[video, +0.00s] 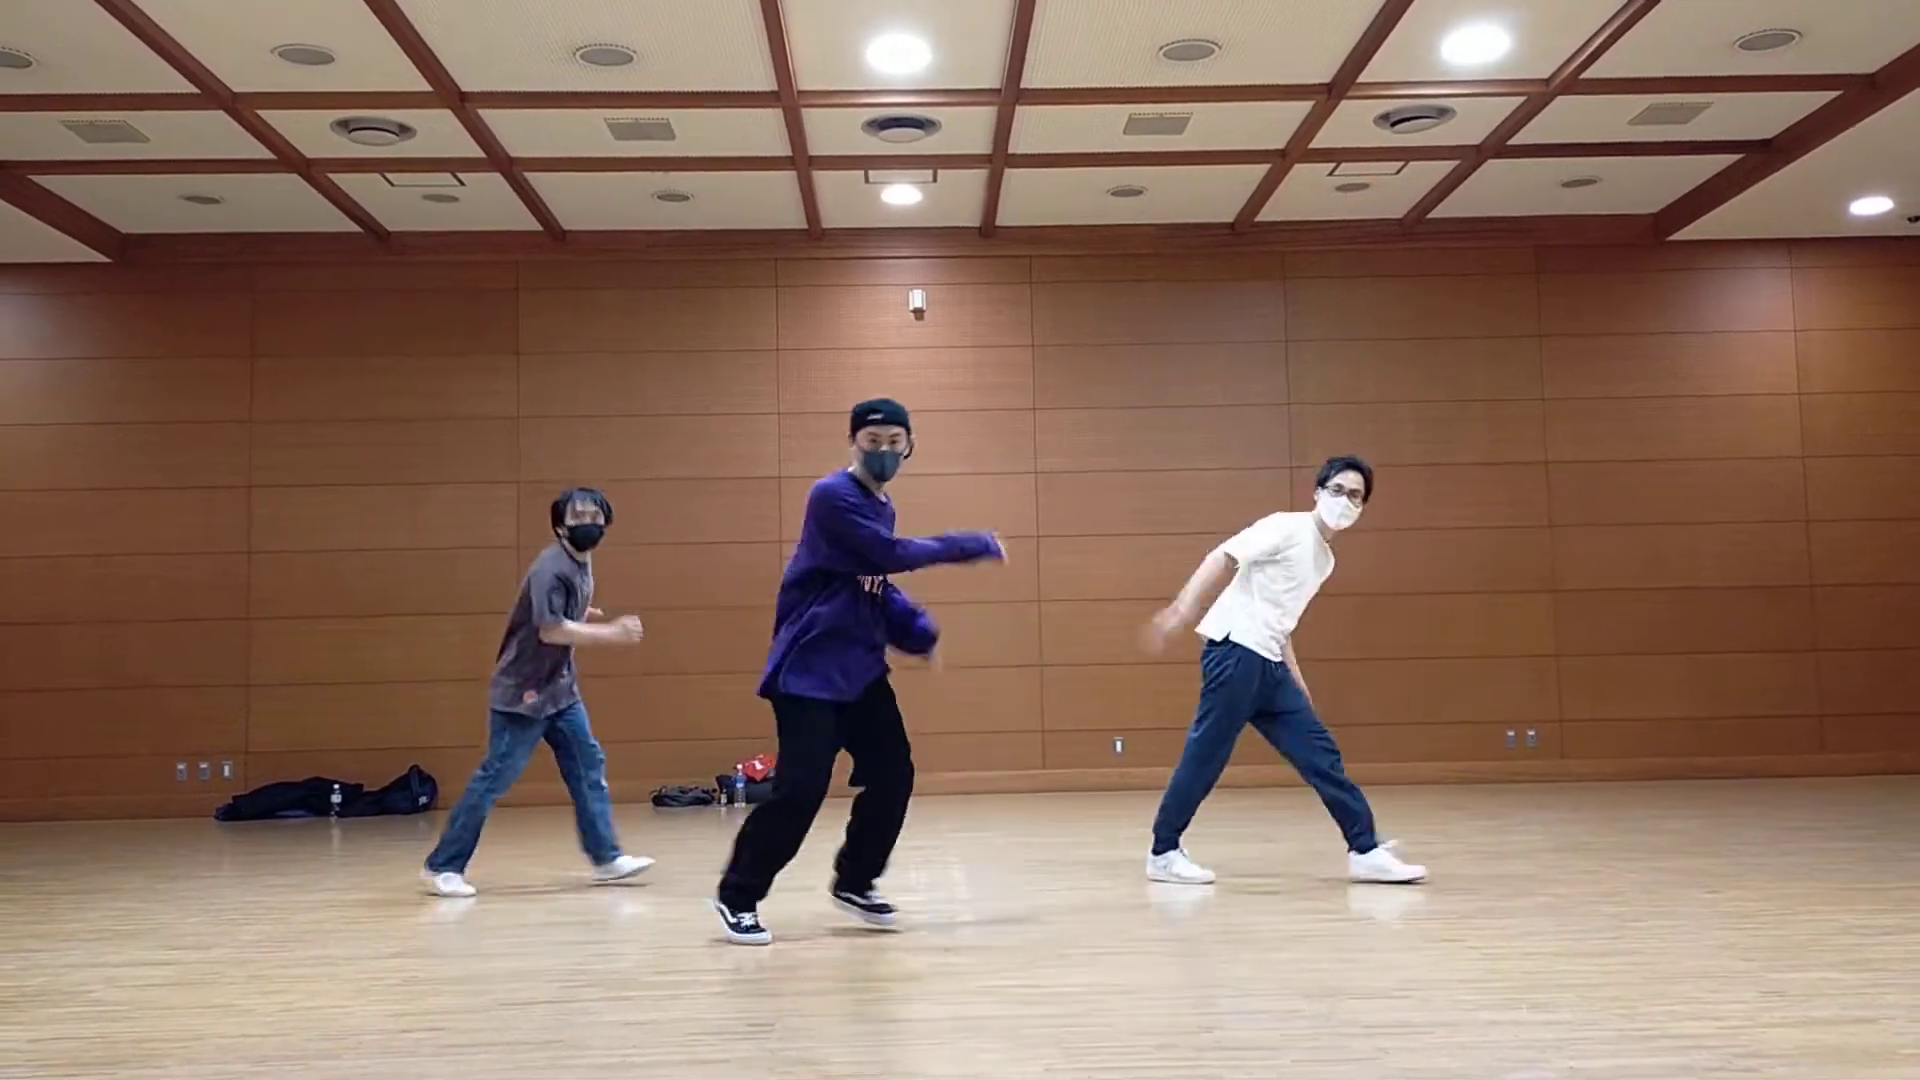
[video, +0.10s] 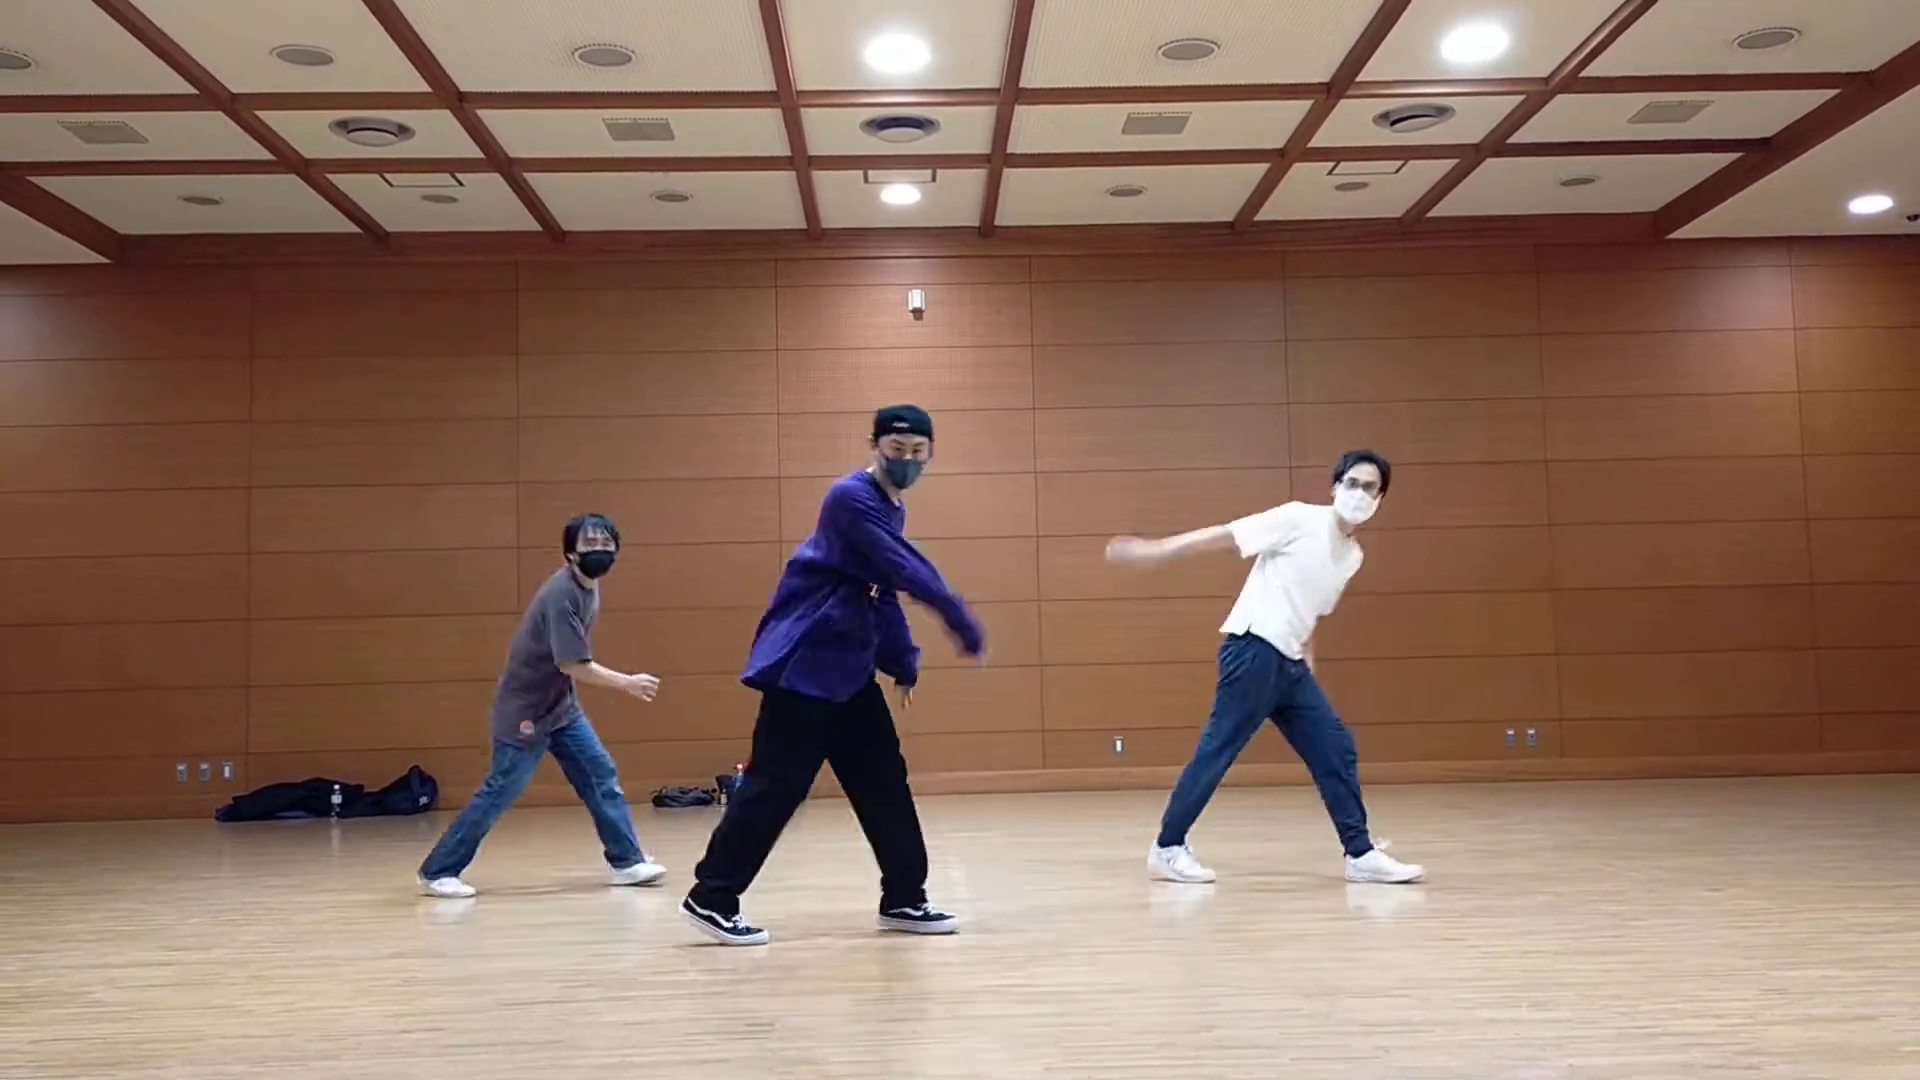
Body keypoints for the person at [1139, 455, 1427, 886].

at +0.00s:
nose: (1346, 502)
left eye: (1356, 497)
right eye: (1338, 491)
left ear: (1362, 509)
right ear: (1318, 493)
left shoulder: (1323, 561)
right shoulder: (1287, 527)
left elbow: (1280, 624)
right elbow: (1221, 558)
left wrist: (1295, 681)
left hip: (1270, 664)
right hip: (1235, 652)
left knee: (1319, 752)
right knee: (1206, 752)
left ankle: (1366, 851)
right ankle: (1163, 852)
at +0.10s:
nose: (1359, 494)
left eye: (1370, 489)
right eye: (1352, 484)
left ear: (1379, 502)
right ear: (1335, 488)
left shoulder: (1351, 557)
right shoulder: (1299, 518)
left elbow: (1309, 614)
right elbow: (1225, 535)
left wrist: (1307, 671)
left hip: (1289, 664)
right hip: (1253, 649)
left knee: (1334, 748)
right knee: (1219, 747)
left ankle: (1360, 854)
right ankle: (1167, 848)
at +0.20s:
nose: (1373, 474)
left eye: (1383, 468)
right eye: (1365, 464)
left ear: (1394, 479)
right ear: (1349, 469)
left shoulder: (1385, 536)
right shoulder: (1314, 501)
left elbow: (1357, 601)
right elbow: (1243, 510)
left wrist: (1343, 653)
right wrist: (1171, 514)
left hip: (1330, 652)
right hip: (1287, 639)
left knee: (1356, 744)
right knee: (1258, 738)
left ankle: (1363, 852)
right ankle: (1195, 831)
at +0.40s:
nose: (1394, 464)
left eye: (1403, 456)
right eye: (1384, 456)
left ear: (1417, 460)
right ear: (1370, 460)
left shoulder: (1427, 517)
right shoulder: (1343, 499)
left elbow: (1424, 589)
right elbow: (1281, 527)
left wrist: (1460, 636)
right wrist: (1211, 524)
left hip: (1395, 641)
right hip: (1346, 635)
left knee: (1398, 745)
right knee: (1362, 744)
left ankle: (1374, 847)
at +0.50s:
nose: (1404, 474)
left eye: (1413, 465)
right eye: (1394, 466)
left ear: (1426, 468)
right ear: (1380, 470)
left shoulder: (1442, 522)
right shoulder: (1355, 511)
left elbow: (1456, 589)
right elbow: (1305, 557)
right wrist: (1250, 564)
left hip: (1423, 644)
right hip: (1367, 645)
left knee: (1444, 728)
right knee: (1401, 748)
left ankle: (1414, 833)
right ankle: (1439, 832)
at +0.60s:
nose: (1411, 480)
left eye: (1418, 472)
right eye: (1400, 474)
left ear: (1430, 474)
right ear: (1385, 481)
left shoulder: (1458, 522)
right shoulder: (1366, 525)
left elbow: (1492, 586)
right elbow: (1332, 578)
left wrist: (1502, 544)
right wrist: (1305, 608)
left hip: (1446, 654)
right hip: (1389, 658)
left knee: (1472, 729)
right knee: (1417, 755)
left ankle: (1480, 830)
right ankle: (1444, 837)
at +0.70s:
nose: (1408, 469)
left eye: (1415, 459)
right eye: (1397, 463)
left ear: (1430, 461)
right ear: (1386, 471)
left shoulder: (1465, 504)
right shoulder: (1377, 519)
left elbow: (1522, 553)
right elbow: (1362, 579)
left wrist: (1483, 525)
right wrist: (1353, 612)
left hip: (1462, 647)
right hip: (1403, 650)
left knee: (1489, 742)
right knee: (1416, 750)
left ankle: (1533, 832)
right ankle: (1445, 833)